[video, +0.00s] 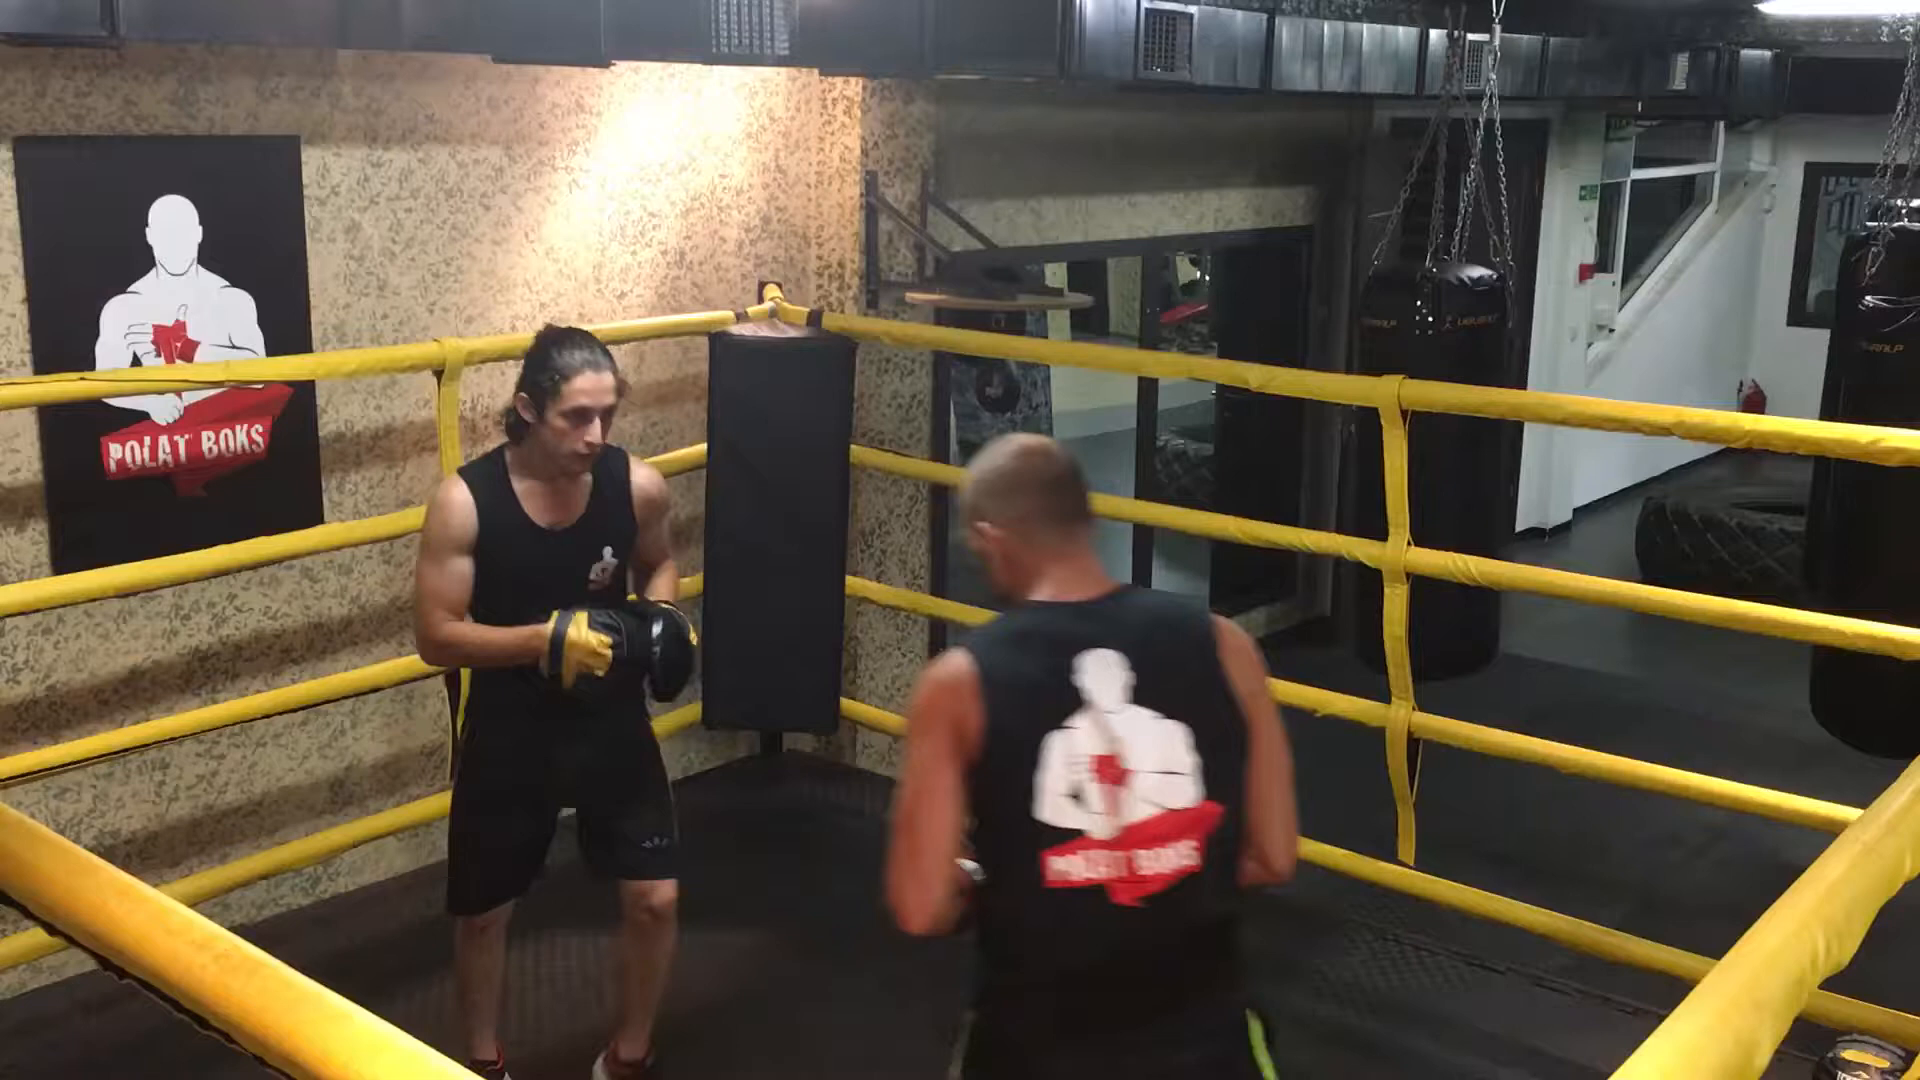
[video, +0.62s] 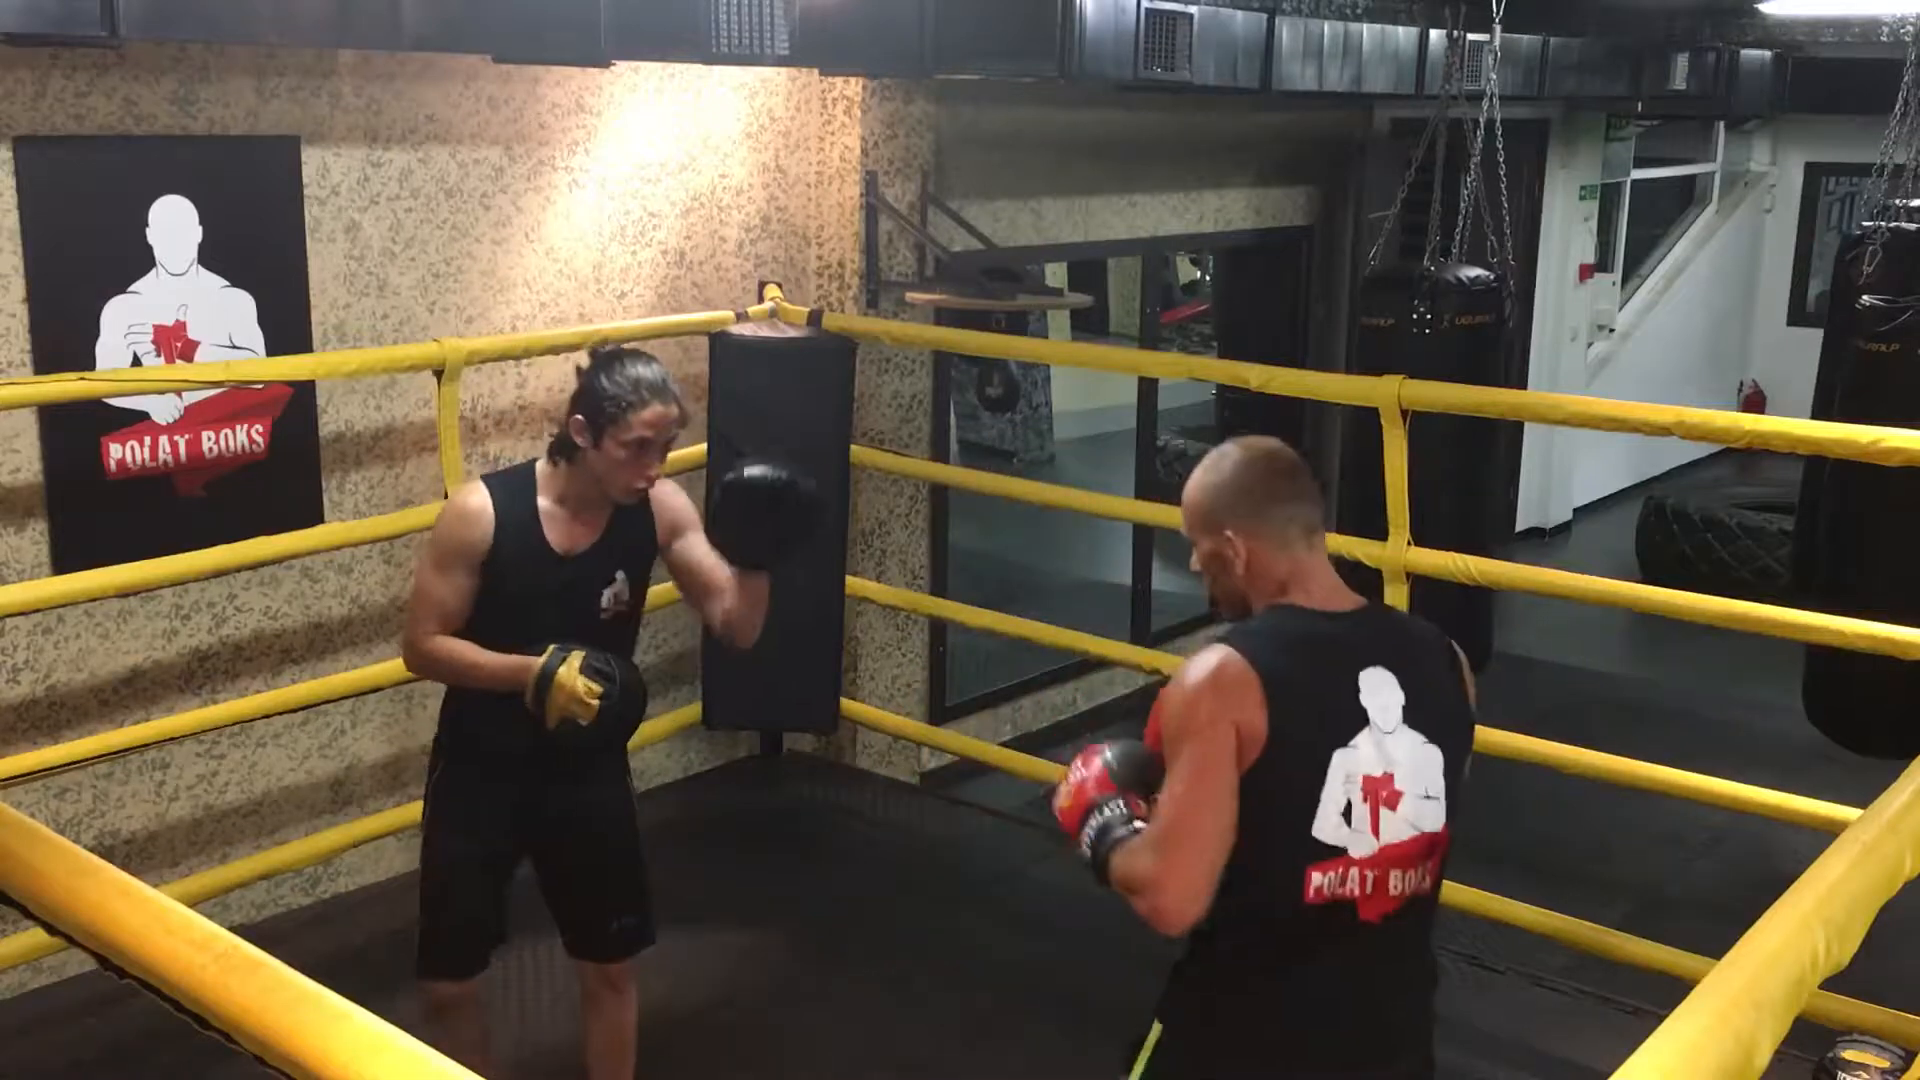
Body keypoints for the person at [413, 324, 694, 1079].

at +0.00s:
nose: (595, 436)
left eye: (605, 417)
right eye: (577, 417)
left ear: (616, 411)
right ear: (526, 410)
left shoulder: (637, 488)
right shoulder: (464, 499)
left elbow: (657, 565)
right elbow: (436, 637)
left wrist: (658, 617)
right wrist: (547, 640)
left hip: (613, 724)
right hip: (506, 734)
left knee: (655, 898)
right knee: (481, 910)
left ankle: (629, 1057)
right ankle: (484, 1058)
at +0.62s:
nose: (653, 467)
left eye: (663, 447)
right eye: (636, 448)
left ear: (672, 439)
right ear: (581, 432)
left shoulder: (659, 506)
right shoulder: (480, 512)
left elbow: (738, 628)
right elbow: (421, 646)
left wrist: (756, 548)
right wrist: (535, 673)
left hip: (587, 771)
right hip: (478, 773)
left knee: (609, 967)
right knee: (448, 985)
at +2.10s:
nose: (871, 427)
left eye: (882, 411)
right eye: (857, 406)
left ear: (887, 419)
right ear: (808, 399)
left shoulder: (872, 517)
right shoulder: (710, 485)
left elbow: (881, 636)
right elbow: (658, 609)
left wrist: (850, 682)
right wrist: (756, 679)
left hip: (811, 745)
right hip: (707, 739)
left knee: (831, 927)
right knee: (671, 918)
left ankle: (834, 1069)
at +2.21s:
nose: (863, 412)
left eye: (878, 398)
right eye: (849, 392)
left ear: (887, 408)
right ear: (807, 392)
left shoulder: (887, 506)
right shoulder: (719, 478)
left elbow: (906, 617)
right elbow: (669, 599)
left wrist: (871, 654)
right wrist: (756, 655)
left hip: (830, 730)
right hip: (730, 726)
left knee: (840, 922)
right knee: (735, 898)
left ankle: (836, 1071)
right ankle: (805, 1012)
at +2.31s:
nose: (844, 411)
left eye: (859, 398)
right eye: (830, 392)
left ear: (871, 410)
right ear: (793, 394)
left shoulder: (881, 493)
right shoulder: (721, 484)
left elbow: (923, 594)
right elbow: (684, 607)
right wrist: (757, 626)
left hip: (848, 734)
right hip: (752, 733)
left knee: (856, 904)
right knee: (779, 902)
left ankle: (851, 1060)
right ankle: (843, 1042)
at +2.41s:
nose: (824, 405)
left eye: (839, 389)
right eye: (809, 386)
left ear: (854, 400)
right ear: (775, 390)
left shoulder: (872, 484)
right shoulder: (722, 493)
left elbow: (912, 561)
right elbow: (709, 623)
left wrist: (941, 558)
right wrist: (777, 627)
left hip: (871, 716)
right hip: (780, 720)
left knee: (878, 882)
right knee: (812, 876)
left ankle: (882, 1042)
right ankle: (842, 1016)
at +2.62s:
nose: (820, 390)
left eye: (836, 375)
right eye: (805, 375)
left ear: (859, 388)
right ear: (778, 387)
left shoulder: (891, 472)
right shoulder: (741, 487)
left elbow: (960, 581)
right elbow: (724, 618)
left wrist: (943, 487)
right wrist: (785, 606)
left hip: (897, 708)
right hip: (803, 709)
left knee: (911, 860)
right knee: (821, 867)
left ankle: (929, 1009)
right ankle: (844, 1016)